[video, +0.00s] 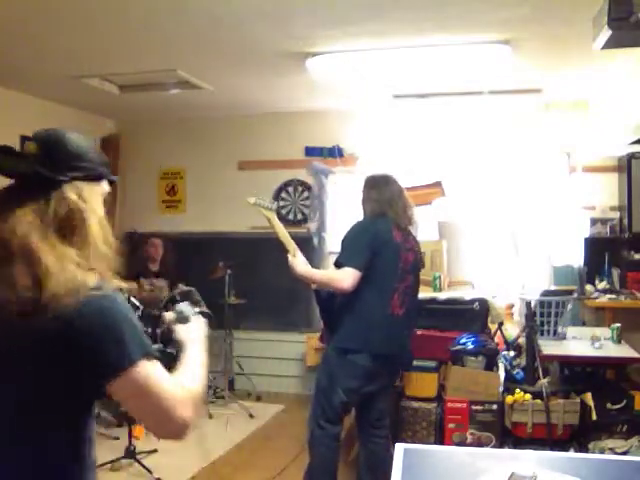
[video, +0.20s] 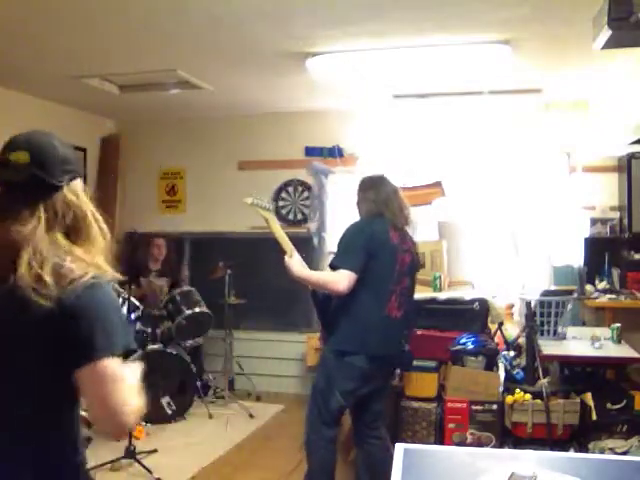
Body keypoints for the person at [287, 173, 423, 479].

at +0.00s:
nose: (362, 202)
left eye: (364, 196)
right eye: (364, 196)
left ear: (369, 198)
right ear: (398, 200)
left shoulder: (367, 230)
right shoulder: (410, 240)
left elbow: (346, 281)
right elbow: (394, 293)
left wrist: (305, 271)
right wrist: (326, 280)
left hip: (355, 346)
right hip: (392, 349)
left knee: (324, 424)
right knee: (376, 431)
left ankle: (320, 474)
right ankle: (375, 476)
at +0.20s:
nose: (357, 204)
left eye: (359, 199)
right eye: (358, 198)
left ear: (366, 200)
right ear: (392, 200)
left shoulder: (363, 230)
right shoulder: (405, 240)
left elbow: (341, 282)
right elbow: (398, 293)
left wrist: (302, 272)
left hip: (352, 347)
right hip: (387, 349)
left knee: (321, 425)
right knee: (371, 429)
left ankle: (319, 474)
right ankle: (377, 476)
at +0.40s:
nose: (347, 206)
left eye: (348, 200)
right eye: (347, 200)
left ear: (356, 200)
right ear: (381, 200)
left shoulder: (356, 231)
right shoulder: (397, 241)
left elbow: (334, 286)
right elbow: (391, 295)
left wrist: (293, 277)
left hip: (346, 349)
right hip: (380, 351)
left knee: (316, 429)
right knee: (366, 426)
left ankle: (308, 474)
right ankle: (381, 474)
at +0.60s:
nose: (322, 214)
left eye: (325, 207)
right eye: (323, 207)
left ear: (337, 207)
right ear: (361, 206)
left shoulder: (341, 238)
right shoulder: (377, 243)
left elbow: (321, 295)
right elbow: (370, 300)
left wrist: (276, 285)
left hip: (331, 358)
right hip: (363, 357)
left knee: (299, 439)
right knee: (357, 435)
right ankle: (373, 475)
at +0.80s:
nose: (304, 220)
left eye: (308, 211)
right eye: (305, 212)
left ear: (321, 211)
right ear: (344, 208)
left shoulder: (332, 242)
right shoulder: (366, 245)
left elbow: (312, 301)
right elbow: (362, 302)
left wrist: (269, 291)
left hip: (319, 360)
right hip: (352, 359)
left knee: (289, 443)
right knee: (350, 436)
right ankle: (366, 475)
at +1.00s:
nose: (306, 220)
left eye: (310, 212)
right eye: (305, 212)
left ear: (326, 211)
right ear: (343, 209)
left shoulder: (331, 241)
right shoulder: (366, 243)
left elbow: (316, 297)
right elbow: (372, 303)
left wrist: (292, 330)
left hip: (323, 354)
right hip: (355, 355)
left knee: (292, 435)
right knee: (349, 429)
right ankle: (364, 474)